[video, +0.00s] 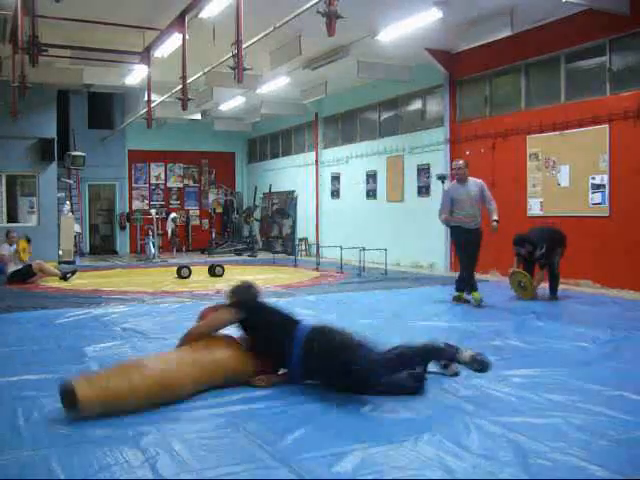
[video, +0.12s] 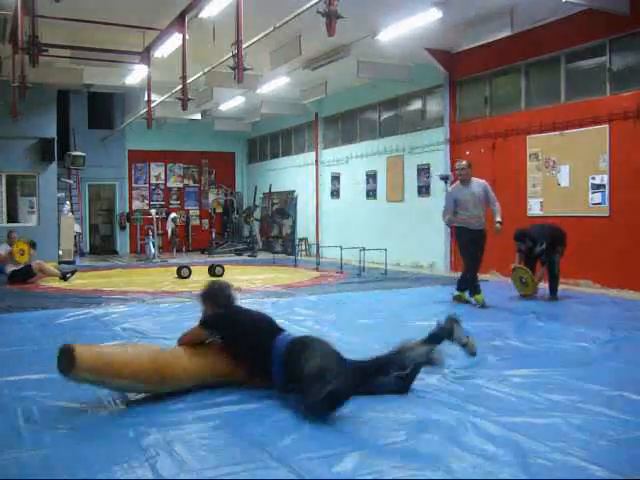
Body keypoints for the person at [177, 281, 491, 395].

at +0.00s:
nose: (229, 309)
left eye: (230, 305)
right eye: (231, 304)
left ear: (237, 303)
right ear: (255, 300)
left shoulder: (252, 311)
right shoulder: (266, 326)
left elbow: (205, 323)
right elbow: (294, 364)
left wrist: (184, 344)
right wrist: (276, 376)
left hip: (316, 347)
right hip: (313, 364)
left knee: (375, 368)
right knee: (370, 379)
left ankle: (437, 358)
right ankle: (428, 365)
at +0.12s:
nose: (202, 312)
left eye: (204, 307)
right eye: (203, 307)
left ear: (212, 306)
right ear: (228, 301)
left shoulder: (223, 318)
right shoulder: (247, 318)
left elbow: (186, 340)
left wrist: (204, 336)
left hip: (299, 354)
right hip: (299, 372)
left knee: (322, 391)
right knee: (387, 374)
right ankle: (439, 333)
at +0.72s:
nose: (216, 302)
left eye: (215, 298)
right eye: (217, 300)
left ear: (218, 294)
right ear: (236, 283)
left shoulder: (221, 299)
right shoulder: (261, 284)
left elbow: (186, 336)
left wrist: (189, 344)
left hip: (280, 325)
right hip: (314, 322)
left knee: (245, 410)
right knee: (285, 379)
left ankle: (296, 404)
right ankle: (326, 395)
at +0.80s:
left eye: (229, 283)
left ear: (233, 279)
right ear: (254, 273)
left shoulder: (234, 284)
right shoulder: (276, 277)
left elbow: (192, 326)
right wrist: (259, 342)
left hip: (286, 327)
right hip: (318, 327)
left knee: (247, 410)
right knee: (282, 380)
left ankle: (306, 406)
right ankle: (324, 398)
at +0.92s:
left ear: (248, 262)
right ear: (270, 259)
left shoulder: (241, 274)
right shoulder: (292, 270)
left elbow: (200, 321)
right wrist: (266, 344)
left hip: (292, 327)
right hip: (324, 328)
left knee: (249, 411)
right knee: (292, 384)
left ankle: (307, 405)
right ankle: (328, 397)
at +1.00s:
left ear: (262, 248)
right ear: (288, 249)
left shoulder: (255, 258)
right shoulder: (306, 265)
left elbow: (205, 309)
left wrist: (235, 289)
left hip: (289, 323)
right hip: (325, 327)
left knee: (251, 410)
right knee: (292, 383)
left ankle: (306, 407)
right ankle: (325, 397)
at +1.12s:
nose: (260, 231)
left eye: (262, 227)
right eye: (261, 227)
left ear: (269, 228)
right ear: (294, 232)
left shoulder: (260, 246)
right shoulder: (311, 255)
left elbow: (205, 290)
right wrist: (271, 321)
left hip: (294, 319)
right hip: (327, 323)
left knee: (245, 392)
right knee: (288, 383)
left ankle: (299, 412)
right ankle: (320, 397)